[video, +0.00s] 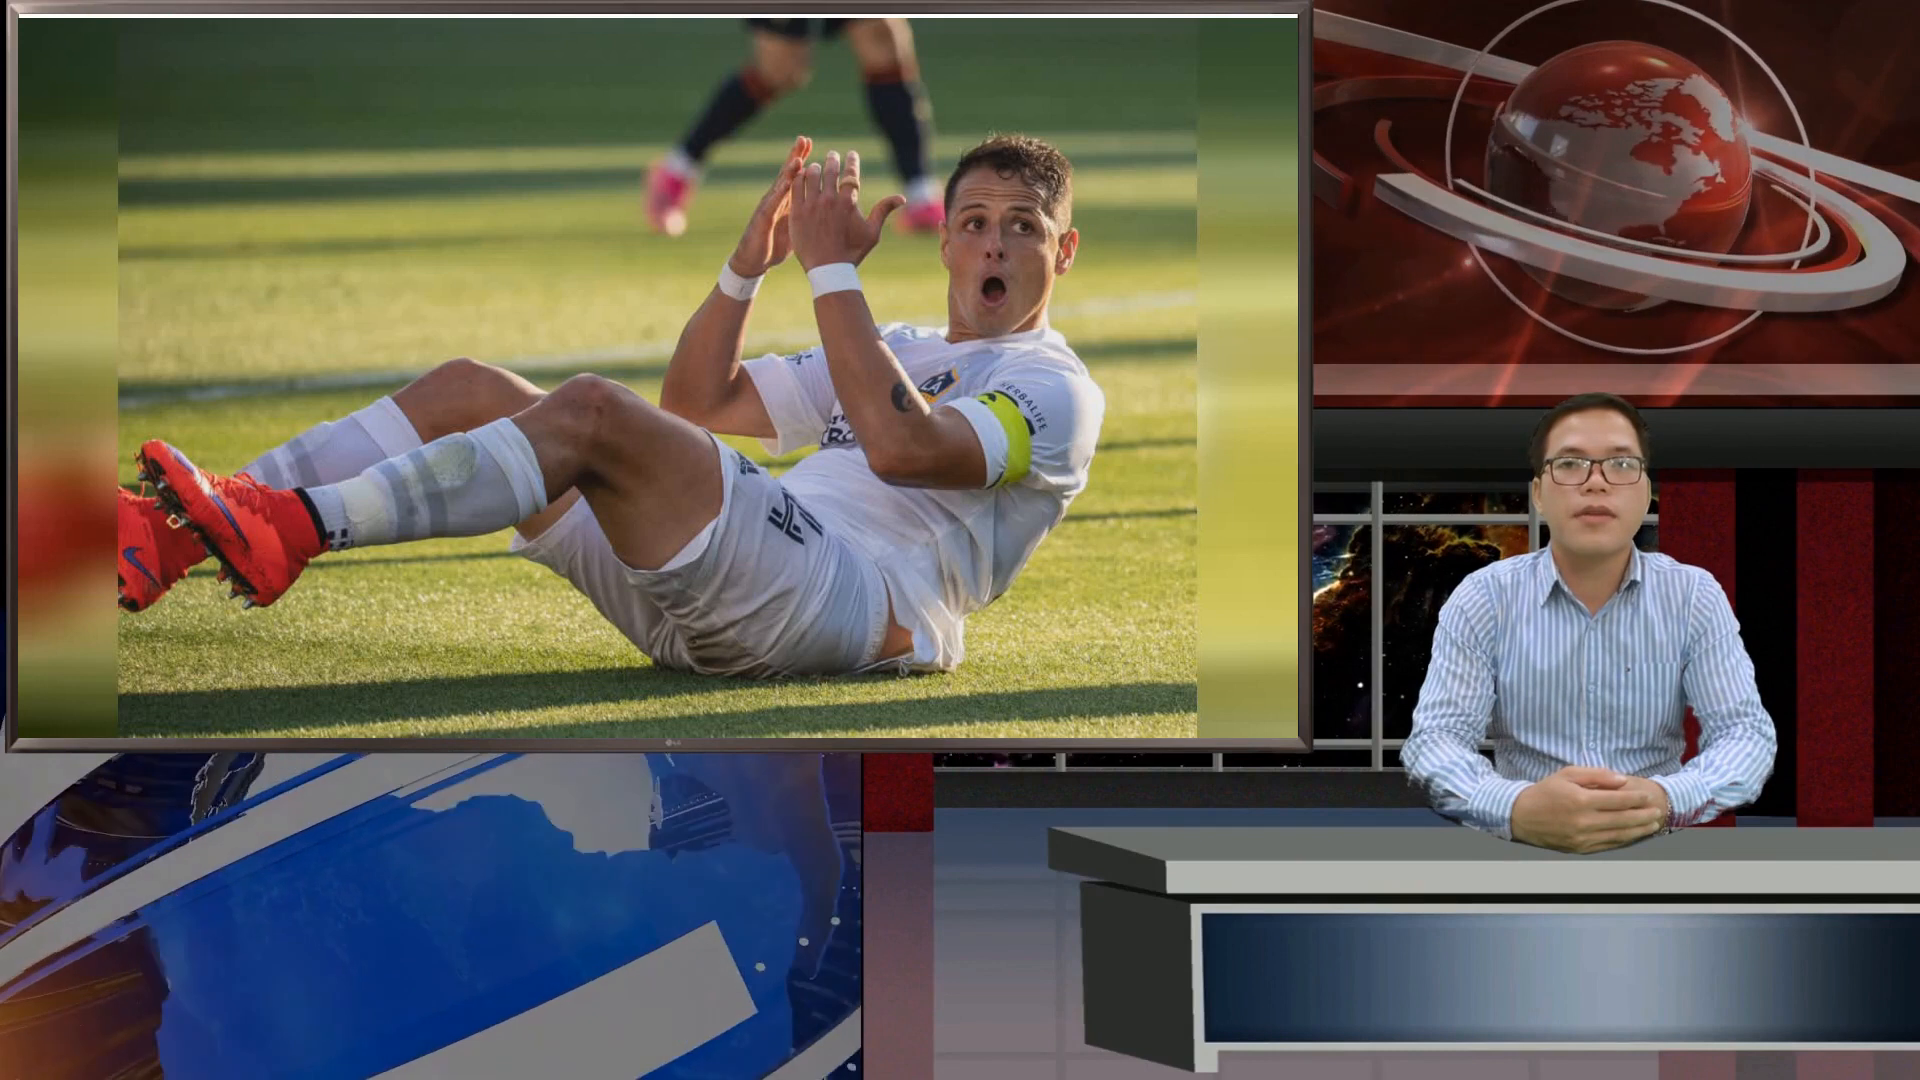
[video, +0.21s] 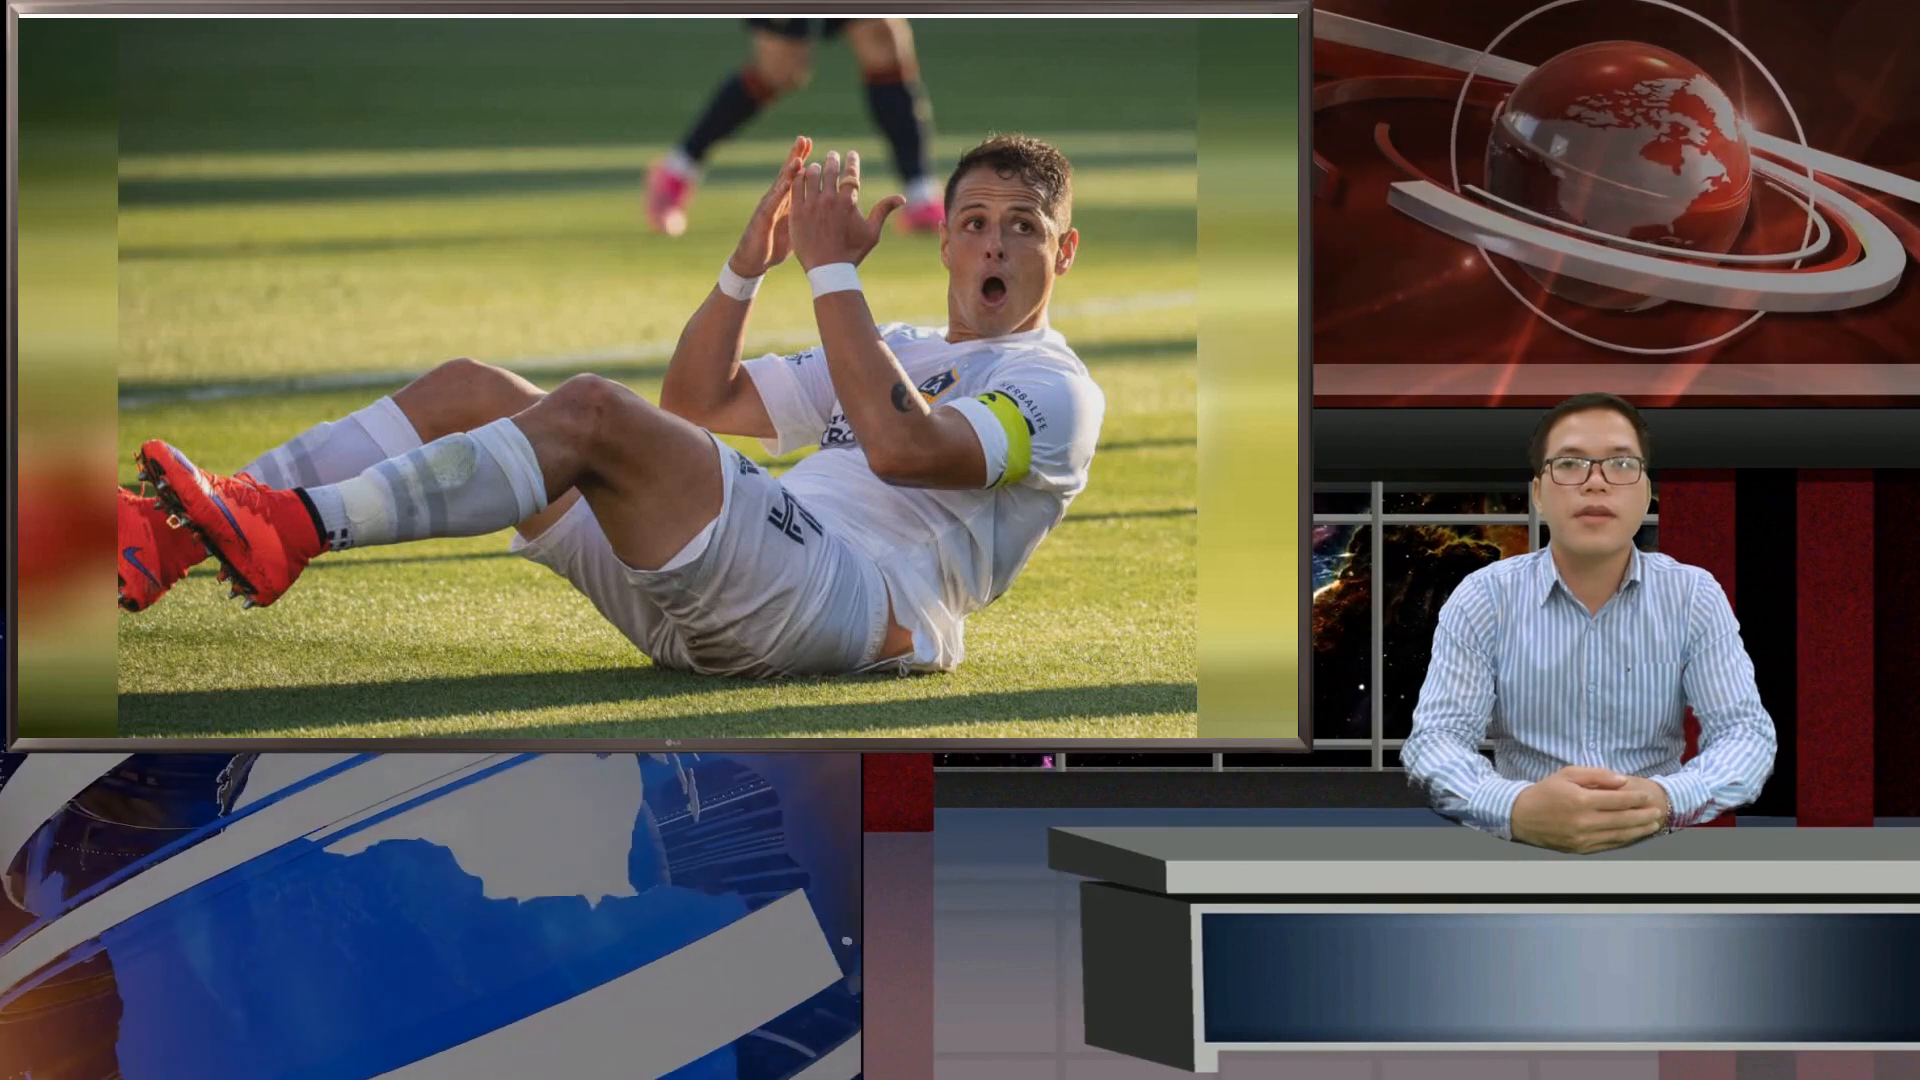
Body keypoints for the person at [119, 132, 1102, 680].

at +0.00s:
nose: (996, 245)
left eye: (1023, 229)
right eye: (976, 223)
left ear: (1066, 257)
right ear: (943, 241)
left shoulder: (1056, 389)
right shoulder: (892, 358)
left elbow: (901, 447)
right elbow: (695, 405)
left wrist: (833, 268)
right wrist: (746, 269)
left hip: (840, 604)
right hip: (732, 572)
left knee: (593, 413)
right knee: (468, 389)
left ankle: (300, 524)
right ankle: (175, 541)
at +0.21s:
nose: (996, 246)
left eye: (1023, 229)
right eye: (976, 223)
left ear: (1066, 257)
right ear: (943, 241)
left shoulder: (1056, 389)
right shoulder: (892, 358)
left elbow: (901, 447)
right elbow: (695, 405)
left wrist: (833, 268)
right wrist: (746, 269)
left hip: (840, 604)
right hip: (733, 573)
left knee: (593, 413)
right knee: (468, 389)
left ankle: (300, 524)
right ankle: (176, 541)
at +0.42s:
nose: (996, 246)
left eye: (1023, 229)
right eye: (977, 223)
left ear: (1066, 257)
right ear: (943, 241)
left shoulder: (1056, 389)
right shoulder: (892, 358)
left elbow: (901, 447)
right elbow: (695, 405)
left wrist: (833, 268)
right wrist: (747, 269)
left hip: (841, 604)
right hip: (732, 573)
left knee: (593, 413)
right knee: (467, 389)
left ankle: (300, 524)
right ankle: (175, 541)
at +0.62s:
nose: (996, 246)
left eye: (1023, 229)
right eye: (977, 223)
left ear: (1066, 257)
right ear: (943, 241)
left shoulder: (1056, 389)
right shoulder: (892, 358)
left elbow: (901, 447)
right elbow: (695, 405)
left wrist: (833, 268)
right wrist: (746, 269)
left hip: (840, 604)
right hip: (732, 573)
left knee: (593, 413)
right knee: (467, 389)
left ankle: (300, 524)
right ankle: (175, 541)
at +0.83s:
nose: (996, 246)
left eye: (1023, 229)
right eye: (977, 223)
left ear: (1066, 257)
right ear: (943, 241)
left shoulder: (1056, 389)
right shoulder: (892, 358)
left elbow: (901, 447)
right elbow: (695, 405)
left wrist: (833, 268)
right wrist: (747, 269)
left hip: (840, 604)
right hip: (732, 572)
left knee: (593, 413)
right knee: (467, 389)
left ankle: (300, 524)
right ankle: (175, 541)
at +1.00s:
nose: (996, 246)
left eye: (1023, 230)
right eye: (976, 223)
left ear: (1066, 257)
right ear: (943, 241)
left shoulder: (1056, 389)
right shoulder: (892, 358)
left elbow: (901, 447)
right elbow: (695, 405)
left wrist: (833, 268)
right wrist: (747, 269)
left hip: (840, 604)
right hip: (732, 572)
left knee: (593, 413)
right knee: (468, 389)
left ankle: (300, 524)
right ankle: (175, 541)